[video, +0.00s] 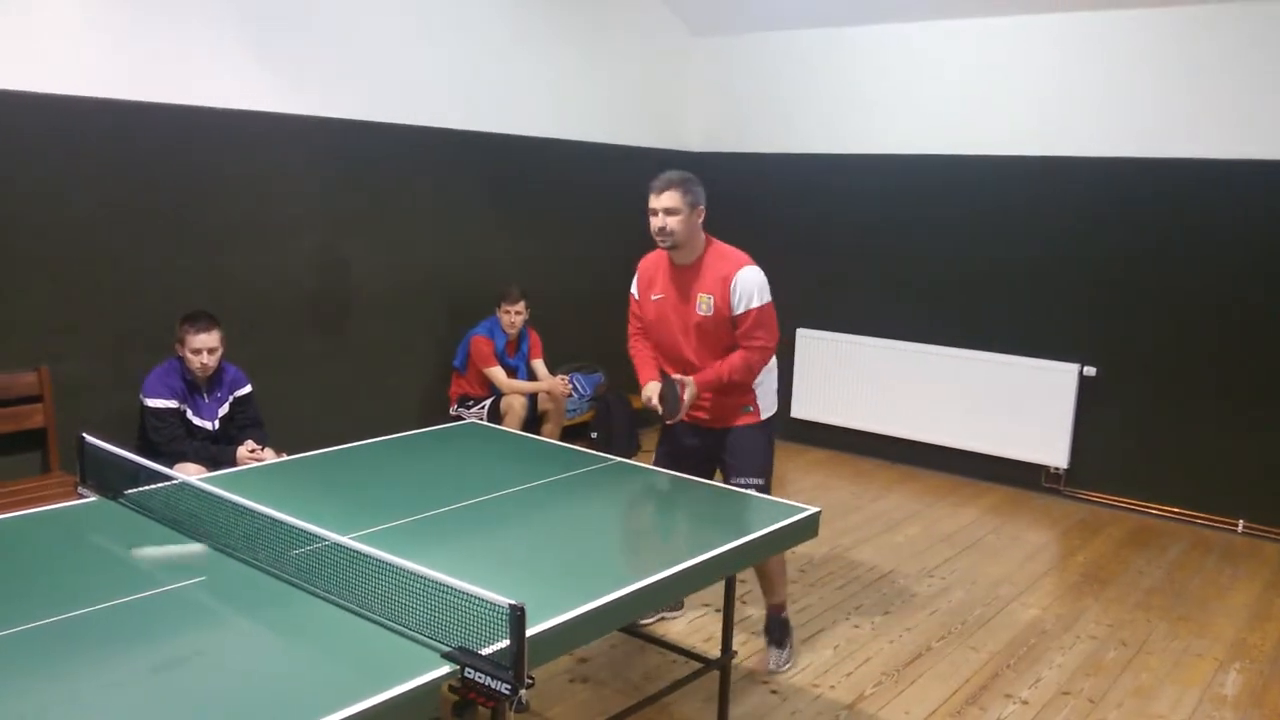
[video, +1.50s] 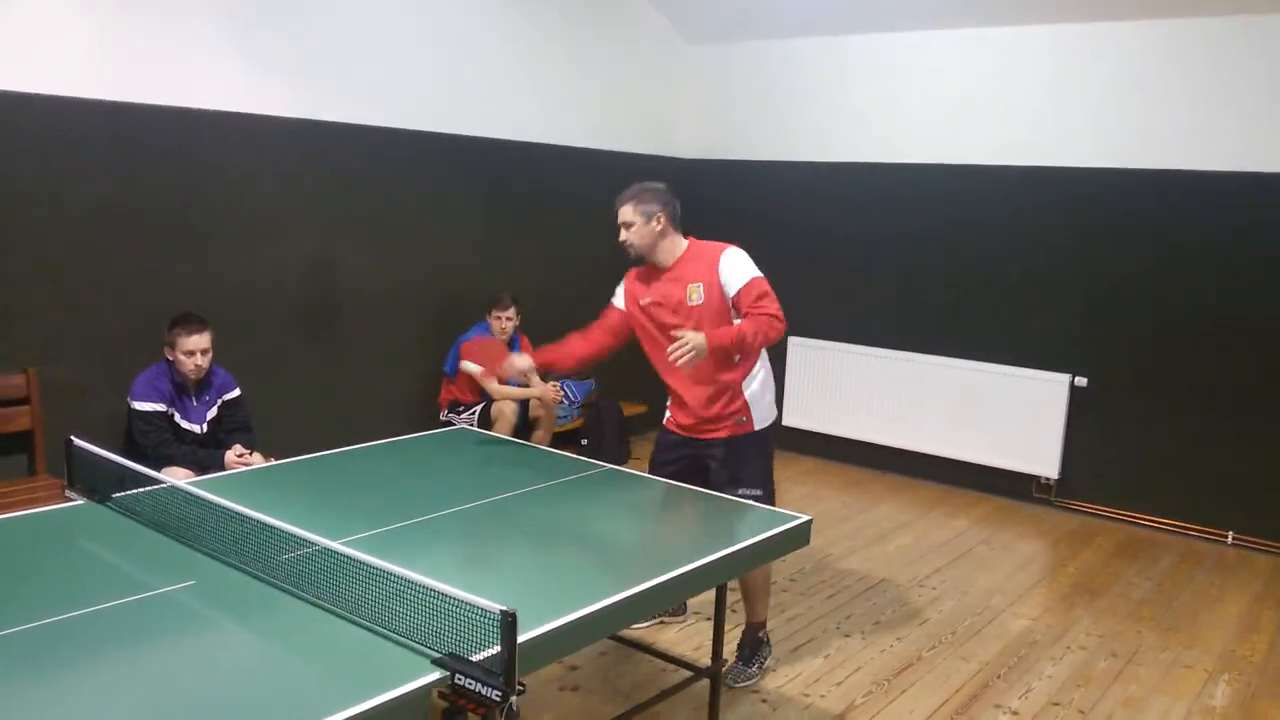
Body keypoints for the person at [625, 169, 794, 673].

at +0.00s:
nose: (658, 223)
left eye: (669, 213)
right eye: (653, 213)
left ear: (699, 215)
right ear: (649, 216)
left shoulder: (740, 273)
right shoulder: (647, 271)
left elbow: (760, 347)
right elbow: (638, 335)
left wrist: (700, 382)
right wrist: (650, 379)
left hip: (743, 418)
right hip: (684, 416)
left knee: (752, 518)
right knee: (662, 506)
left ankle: (778, 624)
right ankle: (667, 593)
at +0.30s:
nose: (675, 239)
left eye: (685, 229)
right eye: (668, 229)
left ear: (714, 227)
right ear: (663, 230)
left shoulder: (758, 275)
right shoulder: (656, 282)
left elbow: (789, 341)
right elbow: (625, 347)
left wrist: (749, 384)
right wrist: (632, 394)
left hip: (756, 422)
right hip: (692, 419)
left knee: (771, 522)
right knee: (666, 508)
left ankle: (776, 623)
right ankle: (665, 590)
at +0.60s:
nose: (705, 214)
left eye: (716, 204)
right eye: (699, 203)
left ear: (744, 207)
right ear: (691, 205)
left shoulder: (779, 266)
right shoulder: (674, 266)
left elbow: (808, 339)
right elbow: (657, 331)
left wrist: (786, 405)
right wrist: (654, 381)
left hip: (756, 430)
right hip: (690, 423)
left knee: (769, 530)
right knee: (661, 512)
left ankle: (775, 625)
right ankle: (646, 593)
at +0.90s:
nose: (691, 190)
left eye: (703, 183)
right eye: (687, 182)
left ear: (730, 191)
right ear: (680, 188)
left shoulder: (759, 255)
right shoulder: (663, 249)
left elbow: (795, 332)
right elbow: (650, 319)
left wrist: (818, 406)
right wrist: (645, 358)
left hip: (733, 425)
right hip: (665, 417)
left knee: (753, 527)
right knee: (646, 516)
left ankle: (773, 622)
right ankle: (640, 611)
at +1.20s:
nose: (639, 243)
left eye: (648, 233)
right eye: (636, 234)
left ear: (681, 230)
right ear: (645, 237)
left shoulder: (730, 277)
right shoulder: (656, 285)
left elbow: (766, 351)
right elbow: (662, 351)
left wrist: (696, 370)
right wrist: (629, 393)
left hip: (740, 435)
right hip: (687, 428)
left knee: (737, 536)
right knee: (657, 513)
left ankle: (751, 641)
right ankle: (665, 598)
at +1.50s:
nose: (620, 236)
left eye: (627, 226)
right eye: (619, 227)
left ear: (659, 222)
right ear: (645, 226)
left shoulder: (724, 261)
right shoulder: (634, 285)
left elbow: (771, 321)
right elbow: (599, 338)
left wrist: (711, 339)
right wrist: (536, 360)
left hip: (742, 420)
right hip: (682, 418)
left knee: (747, 530)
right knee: (662, 512)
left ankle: (755, 638)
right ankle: (674, 594)